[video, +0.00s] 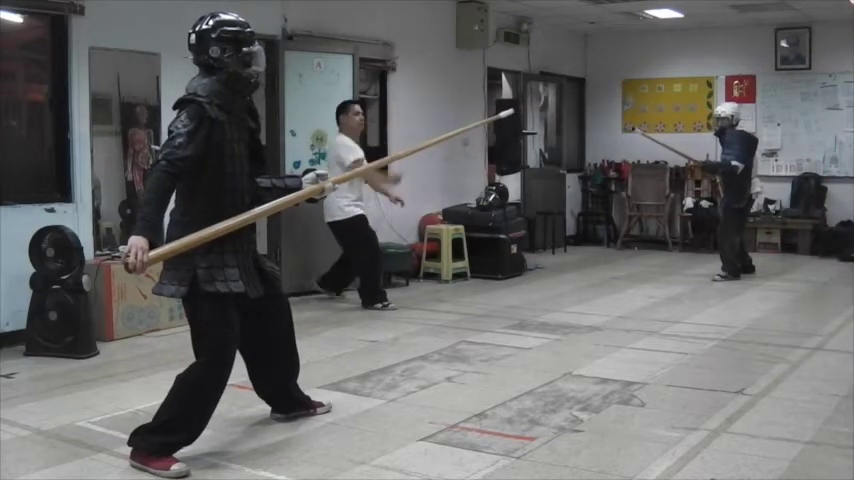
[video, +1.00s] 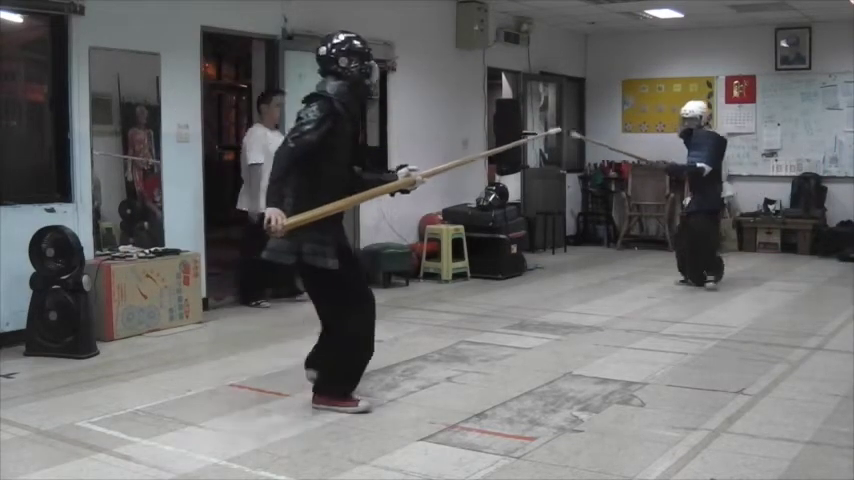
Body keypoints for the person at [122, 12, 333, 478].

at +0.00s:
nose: (253, 57)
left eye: (253, 49)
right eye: (242, 49)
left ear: (245, 54)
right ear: (213, 53)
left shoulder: (239, 108)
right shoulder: (200, 106)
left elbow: (246, 184)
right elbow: (165, 168)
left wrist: (300, 184)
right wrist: (144, 232)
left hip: (237, 245)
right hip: (203, 249)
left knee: (271, 315)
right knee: (216, 356)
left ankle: (286, 399)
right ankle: (152, 446)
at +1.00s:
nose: (368, 69)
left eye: (367, 62)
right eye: (360, 62)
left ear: (345, 64)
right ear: (341, 63)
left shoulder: (346, 108)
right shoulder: (322, 104)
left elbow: (348, 175)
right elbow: (288, 152)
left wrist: (394, 180)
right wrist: (275, 204)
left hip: (327, 224)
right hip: (311, 226)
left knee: (348, 300)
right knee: (355, 306)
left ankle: (322, 365)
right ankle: (332, 392)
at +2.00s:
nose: (441, 103)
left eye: (441, 96)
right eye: (436, 96)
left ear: (412, 97)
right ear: (422, 97)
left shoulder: (416, 134)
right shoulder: (401, 133)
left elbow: (413, 188)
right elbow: (374, 172)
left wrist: (449, 186)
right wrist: (367, 216)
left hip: (399, 233)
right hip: (382, 234)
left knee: (427, 281)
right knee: (384, 313)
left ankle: (429, 350)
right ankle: (325, 378)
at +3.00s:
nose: (408, 83)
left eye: (407, 75)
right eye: (402, 76)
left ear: (380, 77)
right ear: (387, 78)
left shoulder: (381, 121)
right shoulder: (363, 116)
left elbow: (388, 182)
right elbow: (330, 158)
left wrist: (424, 178)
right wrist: (323, 208)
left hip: (359, 230)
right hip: (336, 230)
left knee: (381, 286)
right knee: (354, 306)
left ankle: (370, 362)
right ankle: (314, 387)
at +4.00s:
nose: (424, 97)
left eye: (423, 89)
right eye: (419, 89)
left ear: (400, 90)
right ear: (403, 90)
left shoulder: (402, 132)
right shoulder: (379, 130)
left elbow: (410, 191)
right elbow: (345, 169)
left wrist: (450, 188)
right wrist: (340, 222)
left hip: (382, 234)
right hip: (357, 237)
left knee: (419, 272)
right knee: (366, 312)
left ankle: (408, 344)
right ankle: (316, 386)